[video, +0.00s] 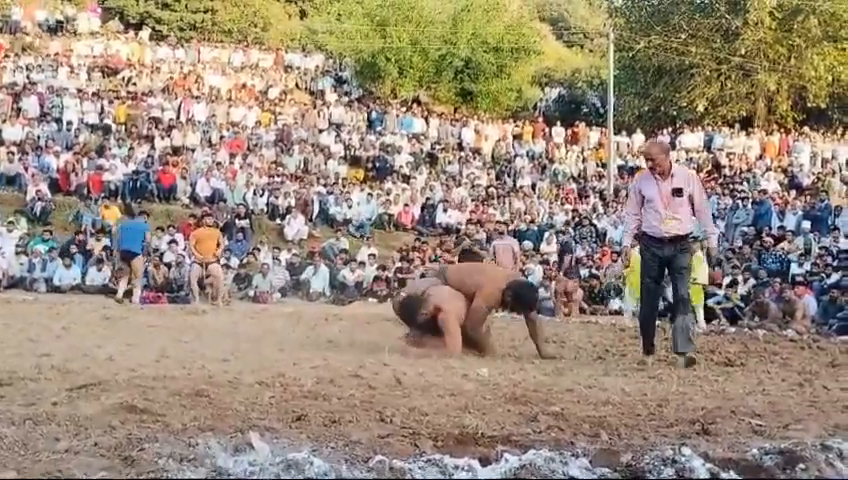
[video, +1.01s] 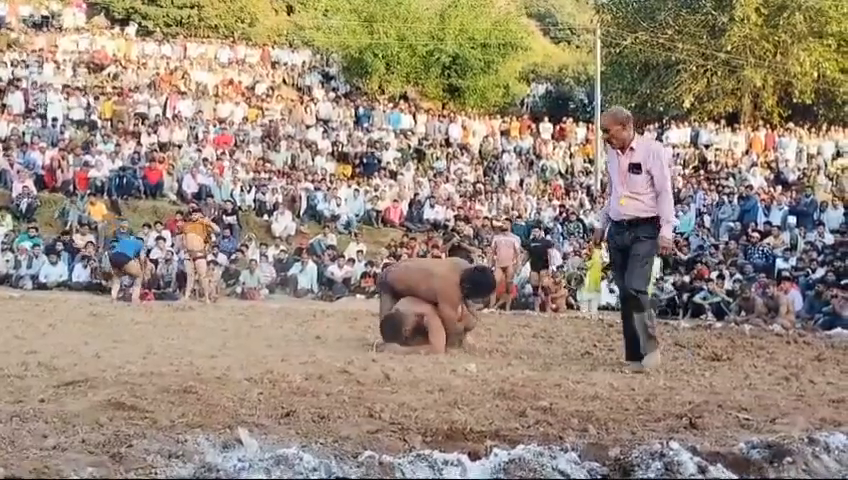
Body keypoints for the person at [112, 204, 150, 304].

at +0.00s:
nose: (147, 221)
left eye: (147, 219)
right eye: (147, 219)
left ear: (136, 216)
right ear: (144, 218)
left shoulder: (125, 223)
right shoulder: (145, 225)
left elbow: (117, 235)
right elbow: (147, 239)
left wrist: (116, 248)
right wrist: (148, 252)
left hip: (123, 249)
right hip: (136, 250)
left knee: (125, 273)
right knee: (138, 276)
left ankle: (119, 294)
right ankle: (135, 299)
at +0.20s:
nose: (149, 220)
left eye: (149, 218)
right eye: (149, 218)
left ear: (139, 215)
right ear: (148, 217)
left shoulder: (127, 221)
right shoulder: (148, 225)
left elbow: (120, 234)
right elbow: (150, 240)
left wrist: (119, 247)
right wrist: (152, 254)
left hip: (125, 248)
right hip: (138, 249)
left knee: (125, 273)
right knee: (137, 276)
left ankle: (124, 296)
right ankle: (135, 299)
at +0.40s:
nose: (148, 222)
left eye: (148, 220)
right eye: (148, 220)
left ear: (139, 216)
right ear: (147, 218)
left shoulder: (127, 221)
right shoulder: (146, 225)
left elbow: (120, 234)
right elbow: (148, 240)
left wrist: (118, 247)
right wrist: (149, 252)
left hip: (124, 247)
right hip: (137, 249)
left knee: (125, 274)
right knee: (135, 275)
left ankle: (124, 296)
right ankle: (133, 298)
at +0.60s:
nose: (144, 222)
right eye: (144, 221)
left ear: (133, 218)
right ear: (142, 220)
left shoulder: (122, 223)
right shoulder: (142, 225)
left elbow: (117, 236)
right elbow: (143, 239)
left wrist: (114, 247)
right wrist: (143, 253)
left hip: (120, 247)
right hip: (132, 248)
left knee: (121, 274)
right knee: (137, 273)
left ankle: (120, 297)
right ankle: (132, 296)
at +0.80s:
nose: (143, 232)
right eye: (143, 230)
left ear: (134, 226)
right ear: (140, 229)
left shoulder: (122, 230)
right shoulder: (139, 232)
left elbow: (114, 239)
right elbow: (140, 246)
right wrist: (141, 259)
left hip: (114, 246)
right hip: (126, 248)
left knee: (117, 272)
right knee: (134, 272)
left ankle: (116, 297)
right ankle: (136, 296)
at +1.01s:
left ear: (135, 237)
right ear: (142, 241)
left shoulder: (125, 240)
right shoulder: (140, 244)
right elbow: (141, 259)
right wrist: (143, 271)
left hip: (113, 254)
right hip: (126, 256)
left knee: (116, 277)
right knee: (139, 275)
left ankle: (113, 298)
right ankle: (135, 299)